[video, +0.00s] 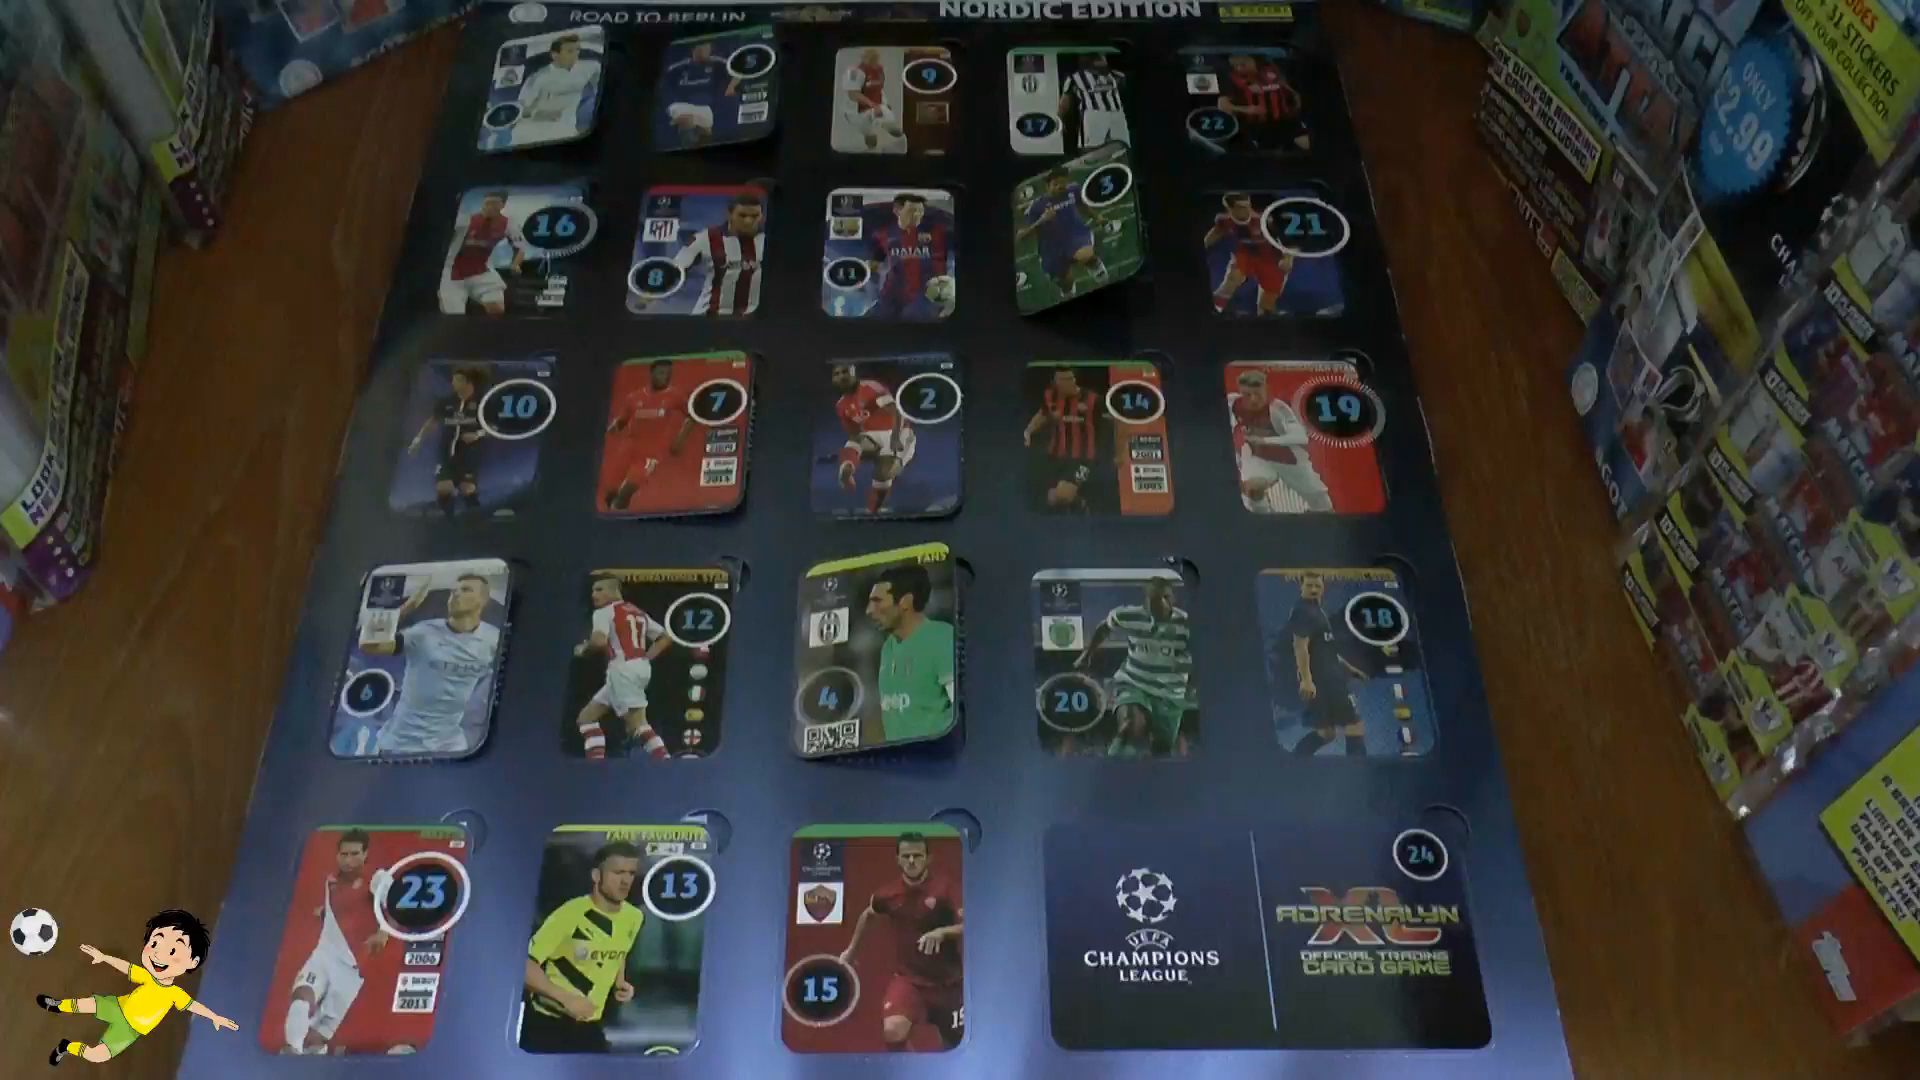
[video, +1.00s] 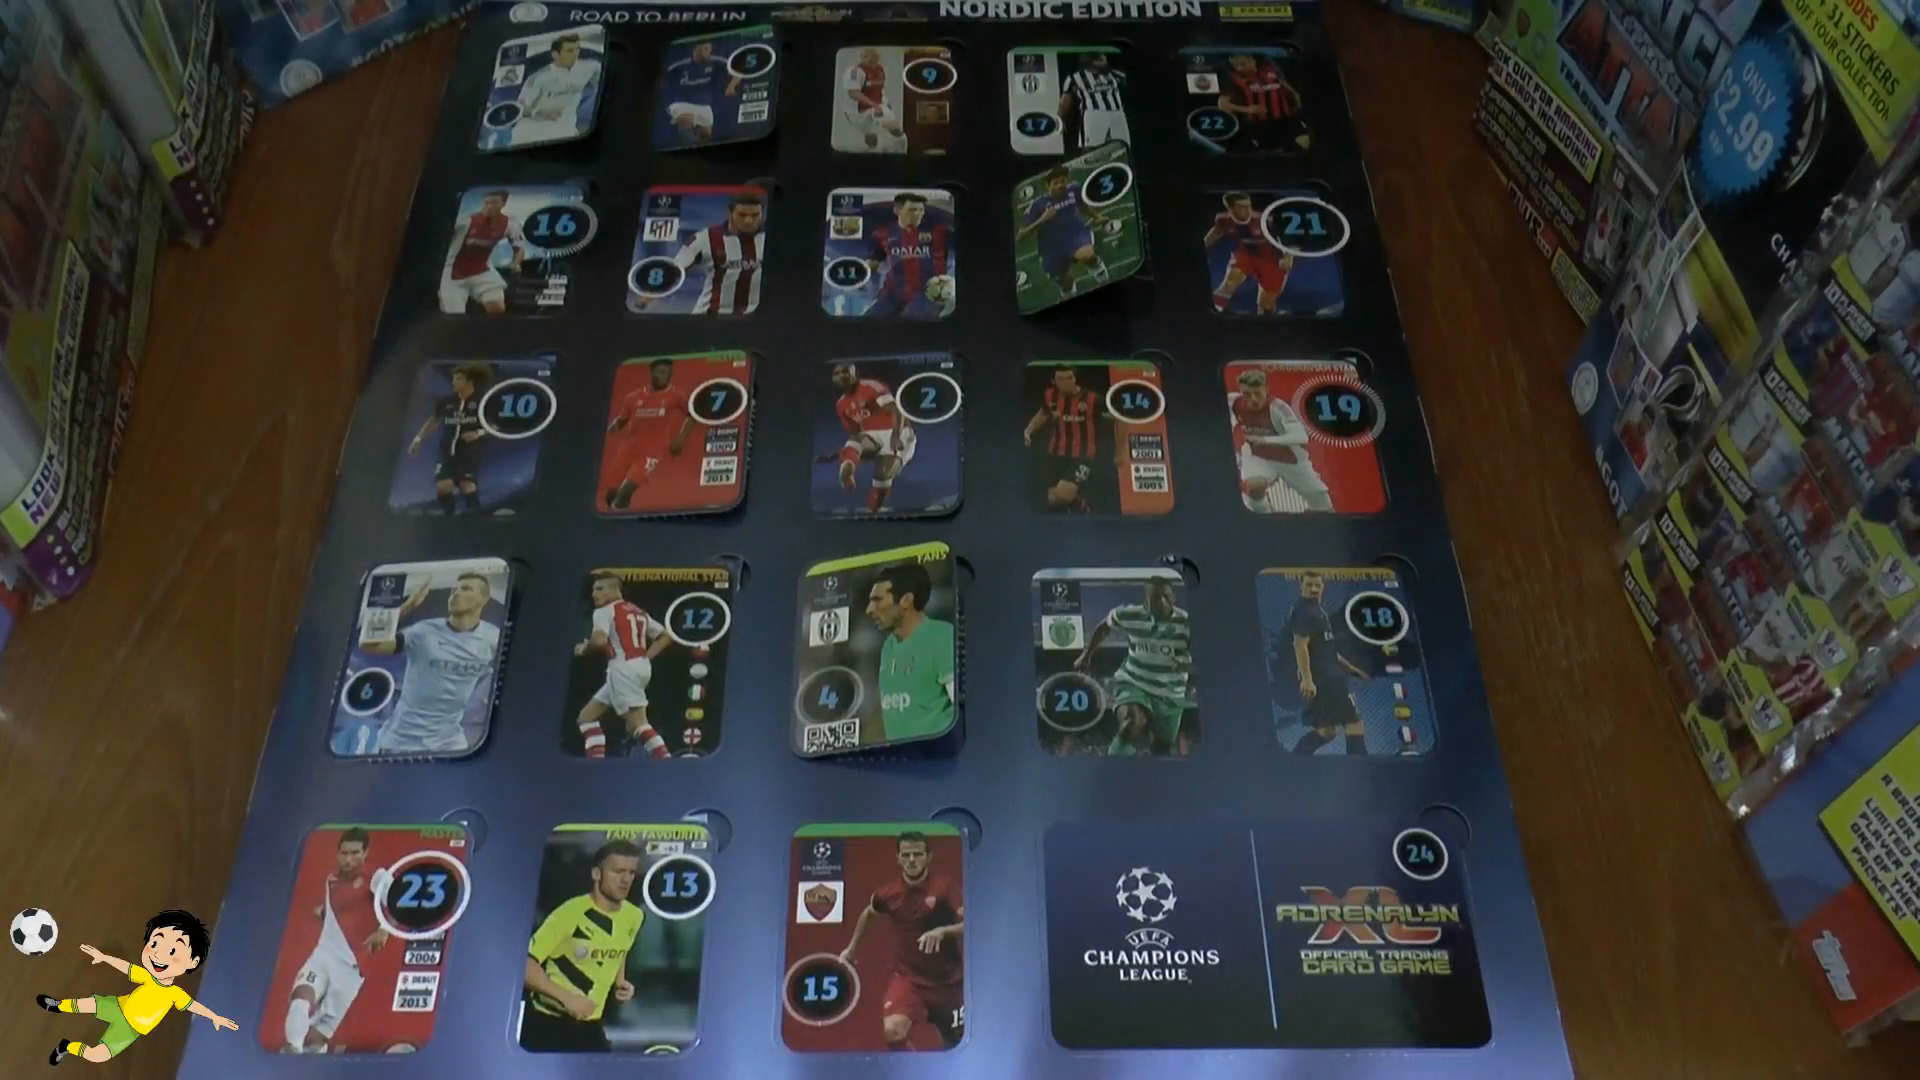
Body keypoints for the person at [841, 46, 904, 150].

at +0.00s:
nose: (874, 61)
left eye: (876, 58)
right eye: (871, 58)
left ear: (878, 58)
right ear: (865, 58)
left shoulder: (879, 69)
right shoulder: (858, 71)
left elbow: (881, 87)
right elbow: (854, 93)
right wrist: (873, 106)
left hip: (880, 107)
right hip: (865, 110)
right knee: (871, 141)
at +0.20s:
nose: (873, 61)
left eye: (875, 58)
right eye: (871, 58)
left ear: (877, 58)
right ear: (865, 58)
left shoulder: (880, 69)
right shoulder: (858, 71)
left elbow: (881, 87)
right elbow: (853, 93)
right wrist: (873, 105)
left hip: (880, 106)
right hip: (864, 109)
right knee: (871, 140)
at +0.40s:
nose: (873, 62)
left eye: (875, 59)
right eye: (870, 59)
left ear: (877, 58)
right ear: (865, 58)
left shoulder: (880, 69)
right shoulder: (857, 71)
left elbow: (881, 86)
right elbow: (854, 93)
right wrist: (873, 105)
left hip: (880, 105)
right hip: (864, 108)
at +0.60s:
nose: (873, 61)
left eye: (875, 58)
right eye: (869, 58)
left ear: (878, 58)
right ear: (865, 58)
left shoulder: (881, 69)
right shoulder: (858, 70)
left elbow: (881, 88)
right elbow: (854, 93)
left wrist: (885, 102)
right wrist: (874, 105)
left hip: (881, 107)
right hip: (864, 110)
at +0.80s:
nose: (869, 60)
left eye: (873, 57)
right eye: (866, 57)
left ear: (877, 57)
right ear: (862, 57)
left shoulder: (881, 69)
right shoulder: (858, 71)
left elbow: (881, 89)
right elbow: (854, 92)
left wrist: (884, 103)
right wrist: (874, 105)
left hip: (880, 107)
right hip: (863, 110)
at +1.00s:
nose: (869, 60)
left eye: (873, 57)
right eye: (866, 57)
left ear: (877, 57)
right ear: (862, 57)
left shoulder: (881, 69)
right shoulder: (857, 71)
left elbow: (881, 89)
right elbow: (853, 92)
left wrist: (884, 103)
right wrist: (874, 105)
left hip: (880, 107)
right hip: (862, 110)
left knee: (897, 132)